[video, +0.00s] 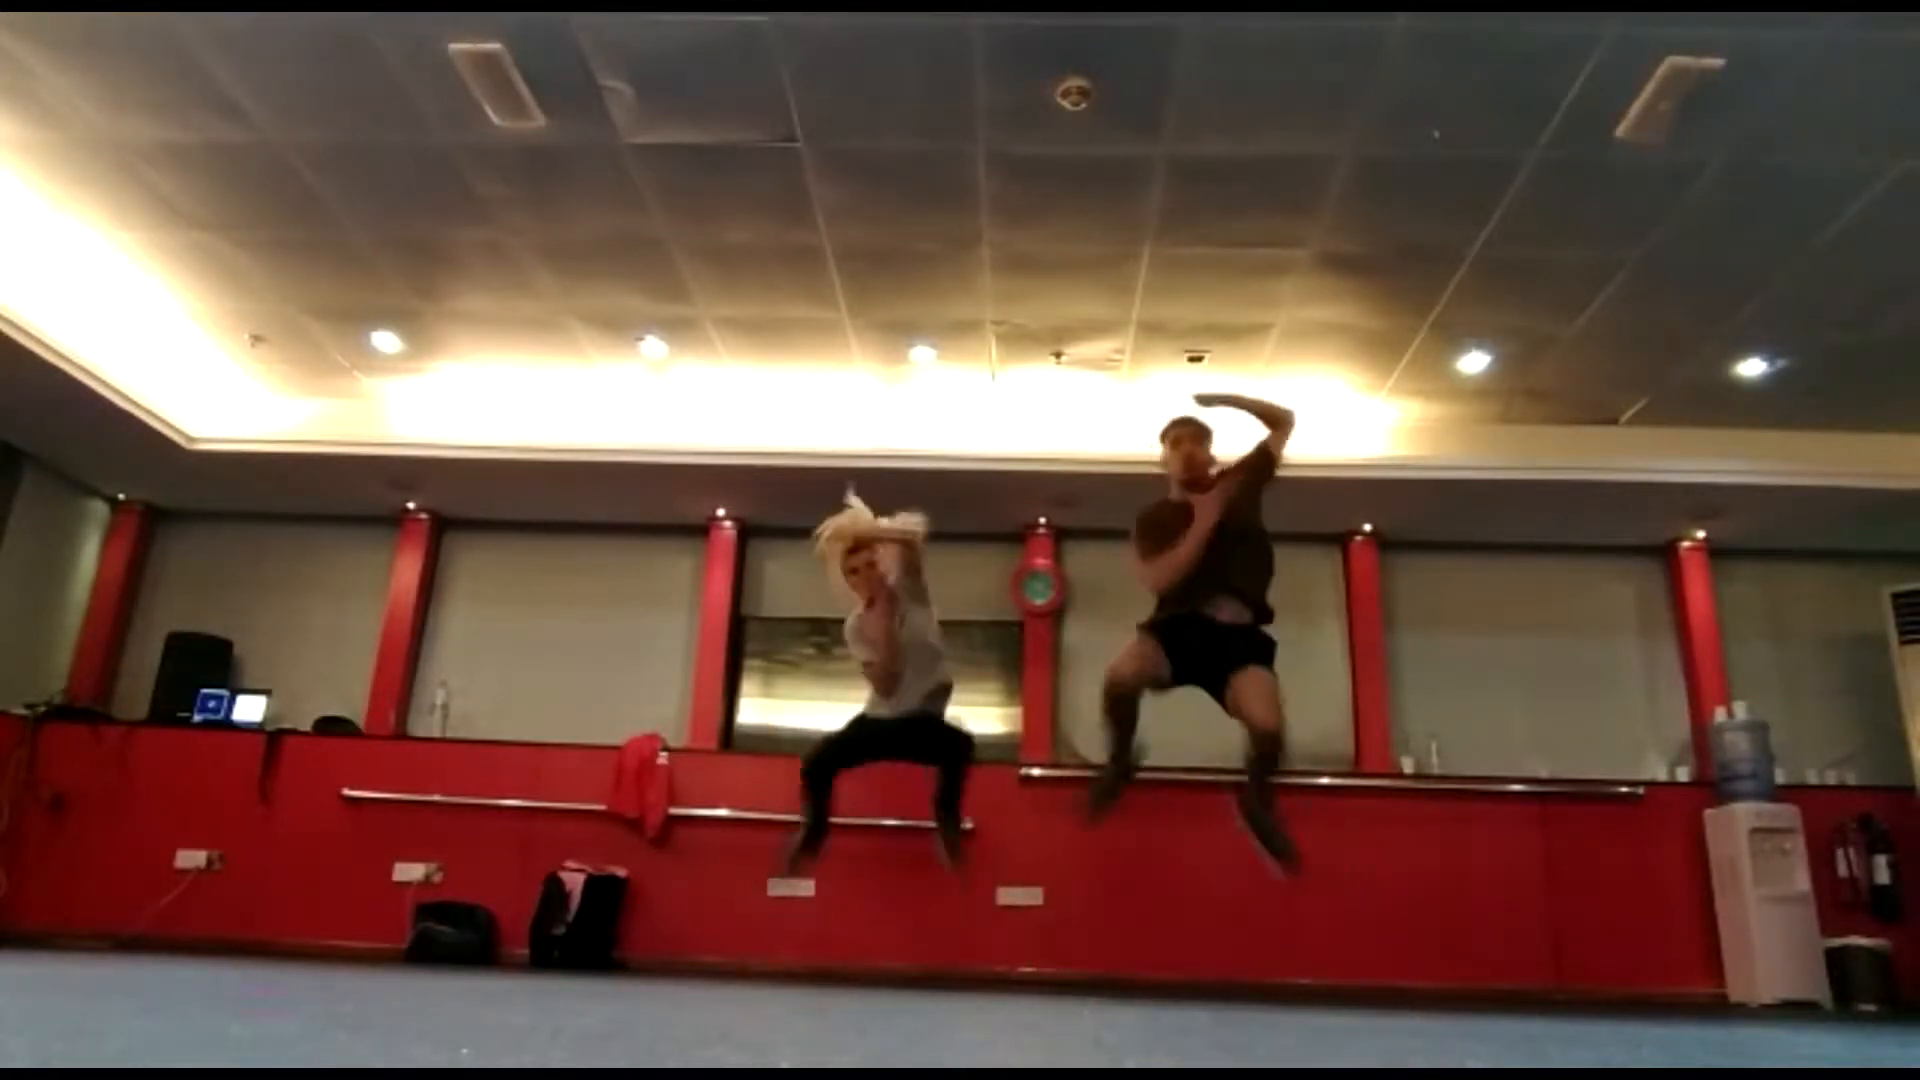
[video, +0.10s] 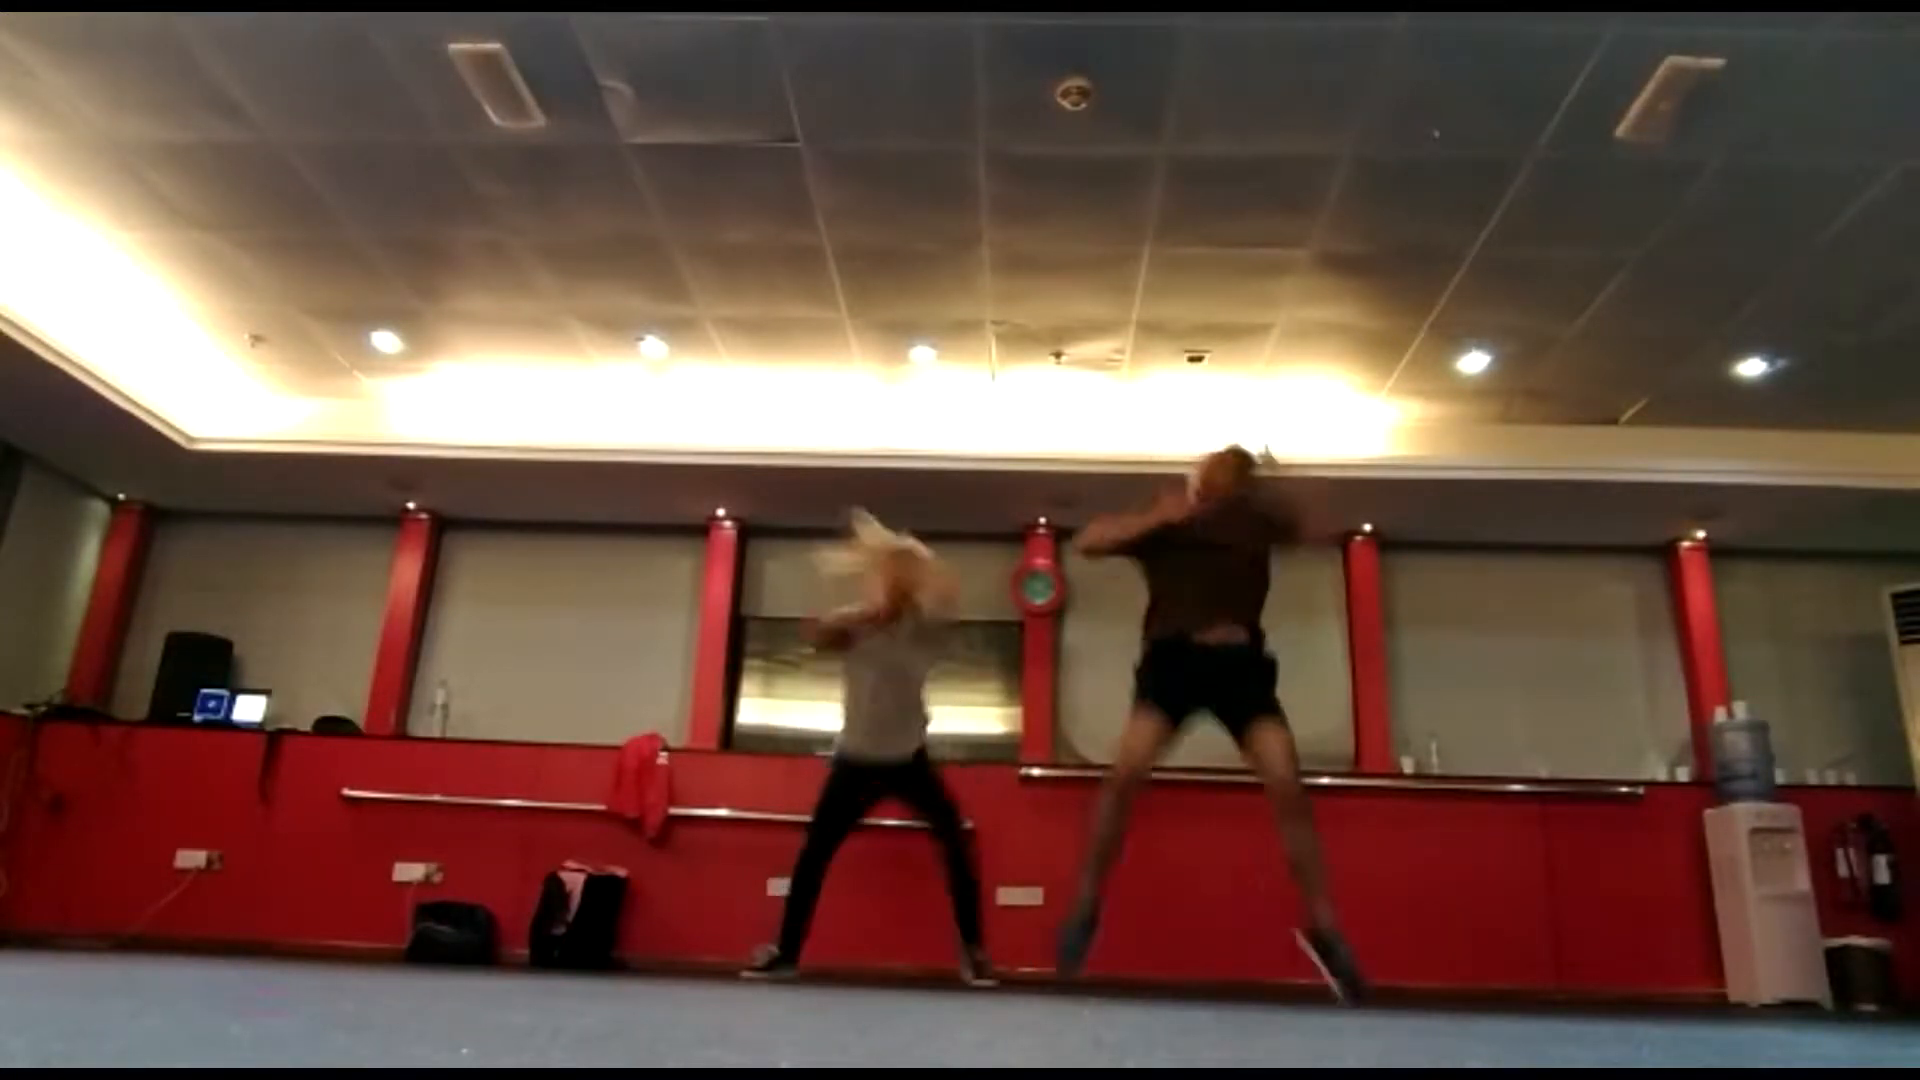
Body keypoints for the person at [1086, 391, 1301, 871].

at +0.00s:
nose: (1187, 452)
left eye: (1195, 443)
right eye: (1177, 445)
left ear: (1211, 452)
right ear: (1165, 457)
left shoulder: (1238, 489)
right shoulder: (1156, 517)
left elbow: (1283, 424)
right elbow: (1156, 579)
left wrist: (1231, 402)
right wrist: (1204, 521)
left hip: (1239, 640)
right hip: (1177, 633)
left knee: (1268, 726)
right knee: (1119, 676)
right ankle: (1118, 765)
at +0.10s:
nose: (1213, 492)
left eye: (1225, 486)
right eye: (1208, 482)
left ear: (1243, 489)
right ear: (1197, 481)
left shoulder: (1258, 526)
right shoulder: (1165, 527)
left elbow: (1304, 524)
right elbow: (1088, 542)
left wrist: (1249, 494)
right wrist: (1160, 516)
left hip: (1239, 667)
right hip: (1171, 664)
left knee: (1287, 788)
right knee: (1123, 778)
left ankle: (1323, 927)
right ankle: (1086, 911)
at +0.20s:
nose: (1221, 536)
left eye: (1233, 527)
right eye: (1214, 525)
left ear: (1253, 534)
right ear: (1200, 525)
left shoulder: (1254, 583)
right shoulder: (1158, 573)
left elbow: (1320, 621)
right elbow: (1089, 551)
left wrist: (1293, 564)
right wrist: (1170, 549)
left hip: (1239, 723)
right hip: (1169, 721)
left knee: (1297, 826)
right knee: (1129, 826)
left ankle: (1328, 961)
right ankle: (1089, 954)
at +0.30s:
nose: (1248, 549)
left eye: (1264, 551)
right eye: (1248, 539)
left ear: (1273, 575)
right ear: (1230, 547)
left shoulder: (1269, 625)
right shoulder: (1176, 603)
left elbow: (1330, 683)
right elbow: (1101, 595)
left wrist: (1313, 602)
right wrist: (1182, 587)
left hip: (1235, 763)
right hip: (1160, 758)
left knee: (1313, 850)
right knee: (1116, 843)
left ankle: (1328, 972)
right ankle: (1087, 959)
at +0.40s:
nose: (1264, 565)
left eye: (1277, 563)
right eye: (1258, 553)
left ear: (1285, 583)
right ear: (1238, 559)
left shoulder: (1281, 649)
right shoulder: (1183, 601)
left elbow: (1324, 707)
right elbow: (1110, 584)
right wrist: (1120, 547)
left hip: (1242, 768)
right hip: (1164, 760)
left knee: (1322, 847)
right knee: (1114, 842)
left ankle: (1329, 972)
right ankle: (1088, 959)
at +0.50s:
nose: (1265, 582)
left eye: (1277, 576)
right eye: (1256, 572)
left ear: (1290, 595)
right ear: (1237, 581)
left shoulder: (1285, 671)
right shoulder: (1193, 613)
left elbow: (1337, 740)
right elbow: (1122, 575)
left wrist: (1407, 746)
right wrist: (1094, 516)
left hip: (1240, 781)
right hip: (1164, 769)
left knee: (1324, 846)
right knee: (1121, 847)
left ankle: (1330, 974)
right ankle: (1088, 961)